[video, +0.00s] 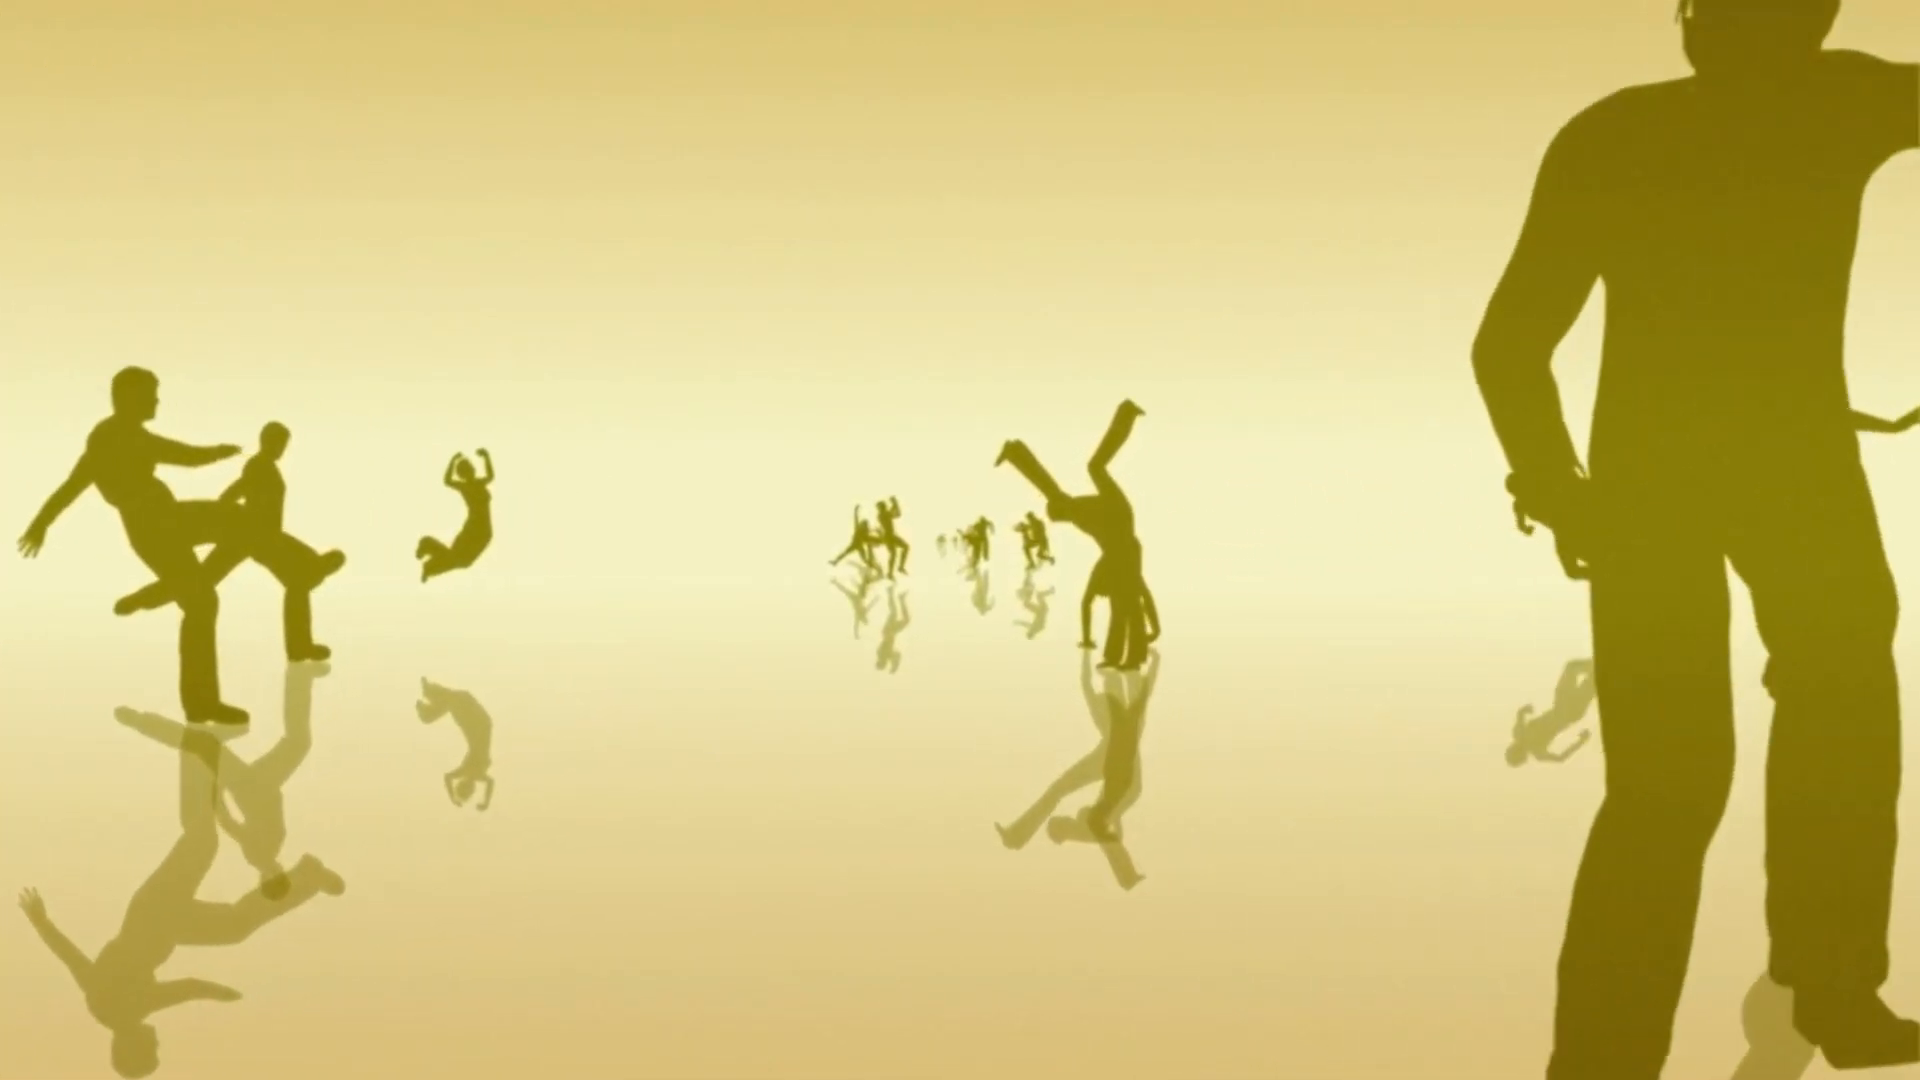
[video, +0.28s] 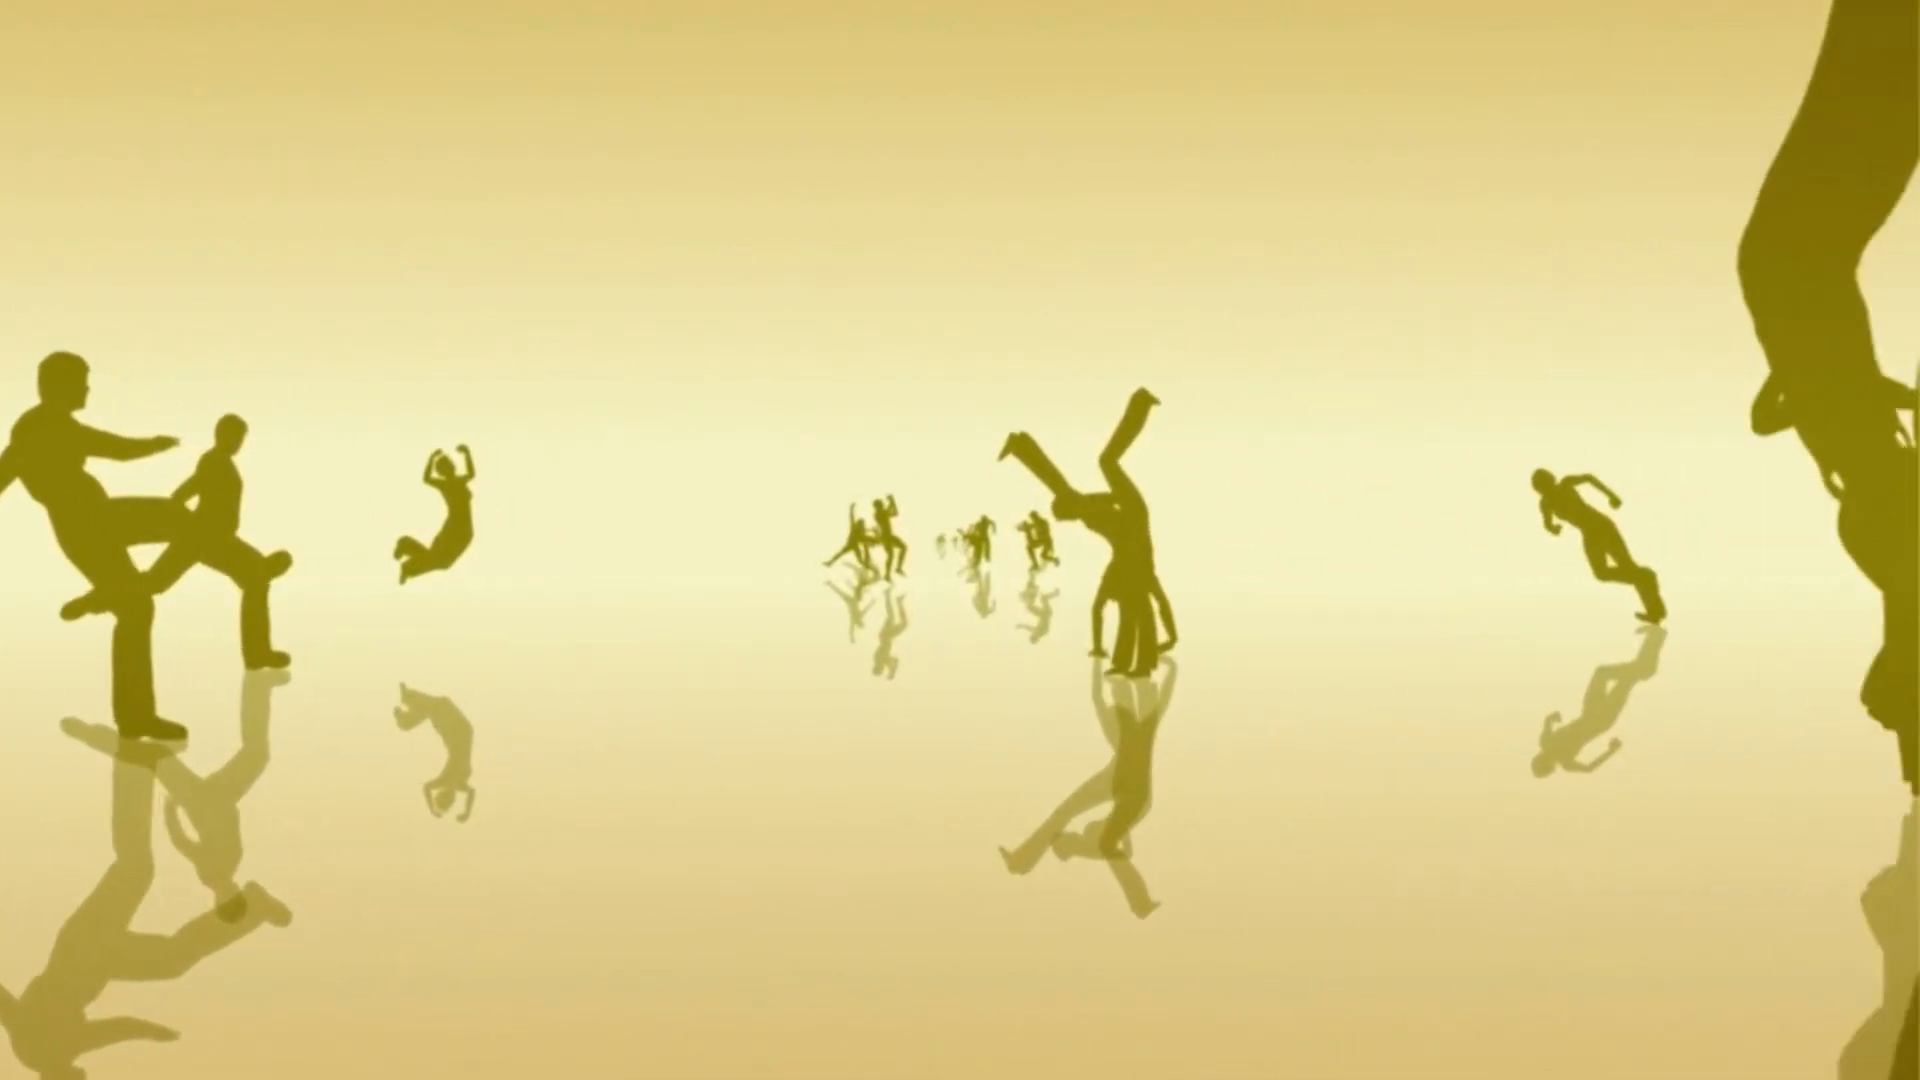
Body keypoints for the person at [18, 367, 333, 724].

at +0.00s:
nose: (156, 403)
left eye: (156, 396)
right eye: (150, 396)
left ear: (133, 397)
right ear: (130, 397)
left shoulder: (135, 436)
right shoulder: (113, 438)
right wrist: (41, 525)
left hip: (174, 516)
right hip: (153, 531)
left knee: (243, 522)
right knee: (202, 603)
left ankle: (303, 569)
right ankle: (201, 705)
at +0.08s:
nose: (130, 398)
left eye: (129, 391)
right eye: (124, 391)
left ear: (105, 393)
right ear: (102, 392)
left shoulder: (92, 432)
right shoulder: (93, 434)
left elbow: (45, 485)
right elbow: (161, 454)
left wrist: (12, 522)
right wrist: (200, 449)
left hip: (149, 517)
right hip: (130, 531)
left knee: (222, 521)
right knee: (177, 604)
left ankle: (286, 568)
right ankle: (178, 709)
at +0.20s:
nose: (255, 445)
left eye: (257, 440)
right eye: (251, 439)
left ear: (255, 441)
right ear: (240, 439)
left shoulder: (240, 466)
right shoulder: (231, 465)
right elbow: (202, 494)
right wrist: (190, 515)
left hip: (233, 536)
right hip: (217, 535)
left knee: (273, 576)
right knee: (171, 583)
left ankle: (274, 651)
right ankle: (110, 602)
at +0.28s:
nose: (238, 443)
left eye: (240, 438)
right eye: (234, 437)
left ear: (238, 439)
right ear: (222, 436)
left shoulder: (223, 464)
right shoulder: (213, 463)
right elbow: (186, 491)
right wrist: (172, 513)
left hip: (216, 537)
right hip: (198, 535)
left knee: (256, 577)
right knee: (155, 582)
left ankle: (258, 653)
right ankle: (92, 602)